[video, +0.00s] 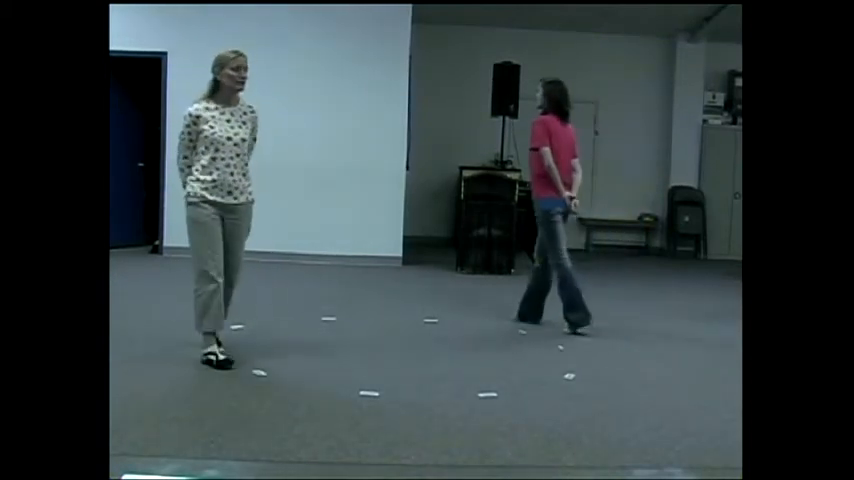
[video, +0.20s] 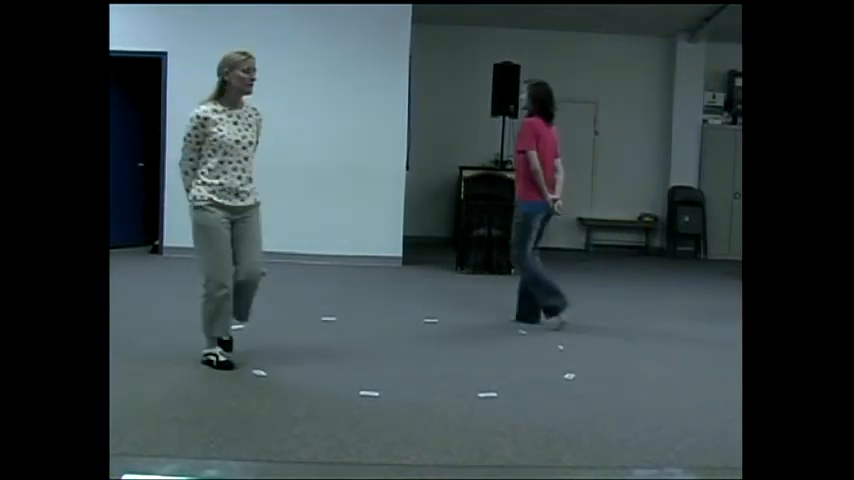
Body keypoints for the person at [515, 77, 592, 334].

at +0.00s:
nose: (537, 98)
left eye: (540, 94)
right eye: (539, 93)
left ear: (547, 98)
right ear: (562, 100)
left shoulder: (541, 124)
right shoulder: (569, 128)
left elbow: (548, 161)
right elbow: (576, 167)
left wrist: (563, 191)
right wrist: (574, 194)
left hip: (546, 199)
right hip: (563, 199)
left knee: (560, 258)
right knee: (543, 257)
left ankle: (578, 316)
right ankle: (529, 312)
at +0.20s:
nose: (525, 101)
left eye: (527, 97)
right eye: (527, 96)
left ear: (531, 101)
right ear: (549, 102)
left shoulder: (528, 126)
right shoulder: (551, 130)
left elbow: (535, 164)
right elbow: (558, 166)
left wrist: (547, 194)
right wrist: (557, 195)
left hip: (529, 201)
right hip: (547, 202)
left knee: (520, 254)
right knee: (529, 254)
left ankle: (554, 302)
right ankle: (528, 312)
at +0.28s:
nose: (514, 98)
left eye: (518, 95)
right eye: (515, 94)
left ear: (527, 100)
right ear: (538, 102)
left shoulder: (525, 128)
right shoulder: (544, 130)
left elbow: (531, 166)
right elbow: (551, 166)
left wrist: (542, 195)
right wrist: (553, 196)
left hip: (523, 203)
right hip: (540, 202)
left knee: (507, 253)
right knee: (525, 253)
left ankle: (540, 297)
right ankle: (525, 310)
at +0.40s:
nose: (502, 96)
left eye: (506, 92)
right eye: (503, 92)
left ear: (516, 97)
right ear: (524, 99)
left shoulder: (515, 124)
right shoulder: (531, 127)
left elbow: (522, 160)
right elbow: (538, 163)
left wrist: (533, 190)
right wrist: (540, 190)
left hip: (513, 198)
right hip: (530, 199)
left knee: (491, 246)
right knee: (523, 251)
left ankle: (505, 304)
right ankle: (528, 310)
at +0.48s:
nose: (496, 97)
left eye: (499, 93)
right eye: (497, 92)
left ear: (510, 97)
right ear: (518, 98)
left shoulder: (510, 123)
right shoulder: (525, 127)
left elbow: (518, 159)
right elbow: (534, 162)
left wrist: (528, 189)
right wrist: (534, 189)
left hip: (507, 198)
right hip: (526, 198)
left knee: (488, 247)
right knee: (522, 253)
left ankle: (483, 308)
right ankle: (528, 312)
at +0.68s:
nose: (478, 98)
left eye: (482, 94)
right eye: (479, 93)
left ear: (492, 99)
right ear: (500, 100)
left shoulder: (488, 127)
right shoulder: (505, 128)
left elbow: (494, 162)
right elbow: (511, 162)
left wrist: (505, 192)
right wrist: (513, 191)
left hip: (486, 200)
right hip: (504, 199)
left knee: (475, 257)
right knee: (507, 254)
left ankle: (460, 306)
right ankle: (526, 309)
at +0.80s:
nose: (465, 95)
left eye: (469, 92)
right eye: (466, 91)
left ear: (478, 97)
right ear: (487, 99)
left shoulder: (473, 123)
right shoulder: (490, 125)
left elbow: (480, 158)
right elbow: (496, 162)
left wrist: (489, 187)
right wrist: (495, 188)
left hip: (469, 197)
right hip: (486, 196)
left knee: (464, 255)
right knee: (482, 249)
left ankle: (459, 307)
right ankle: (511, 299)